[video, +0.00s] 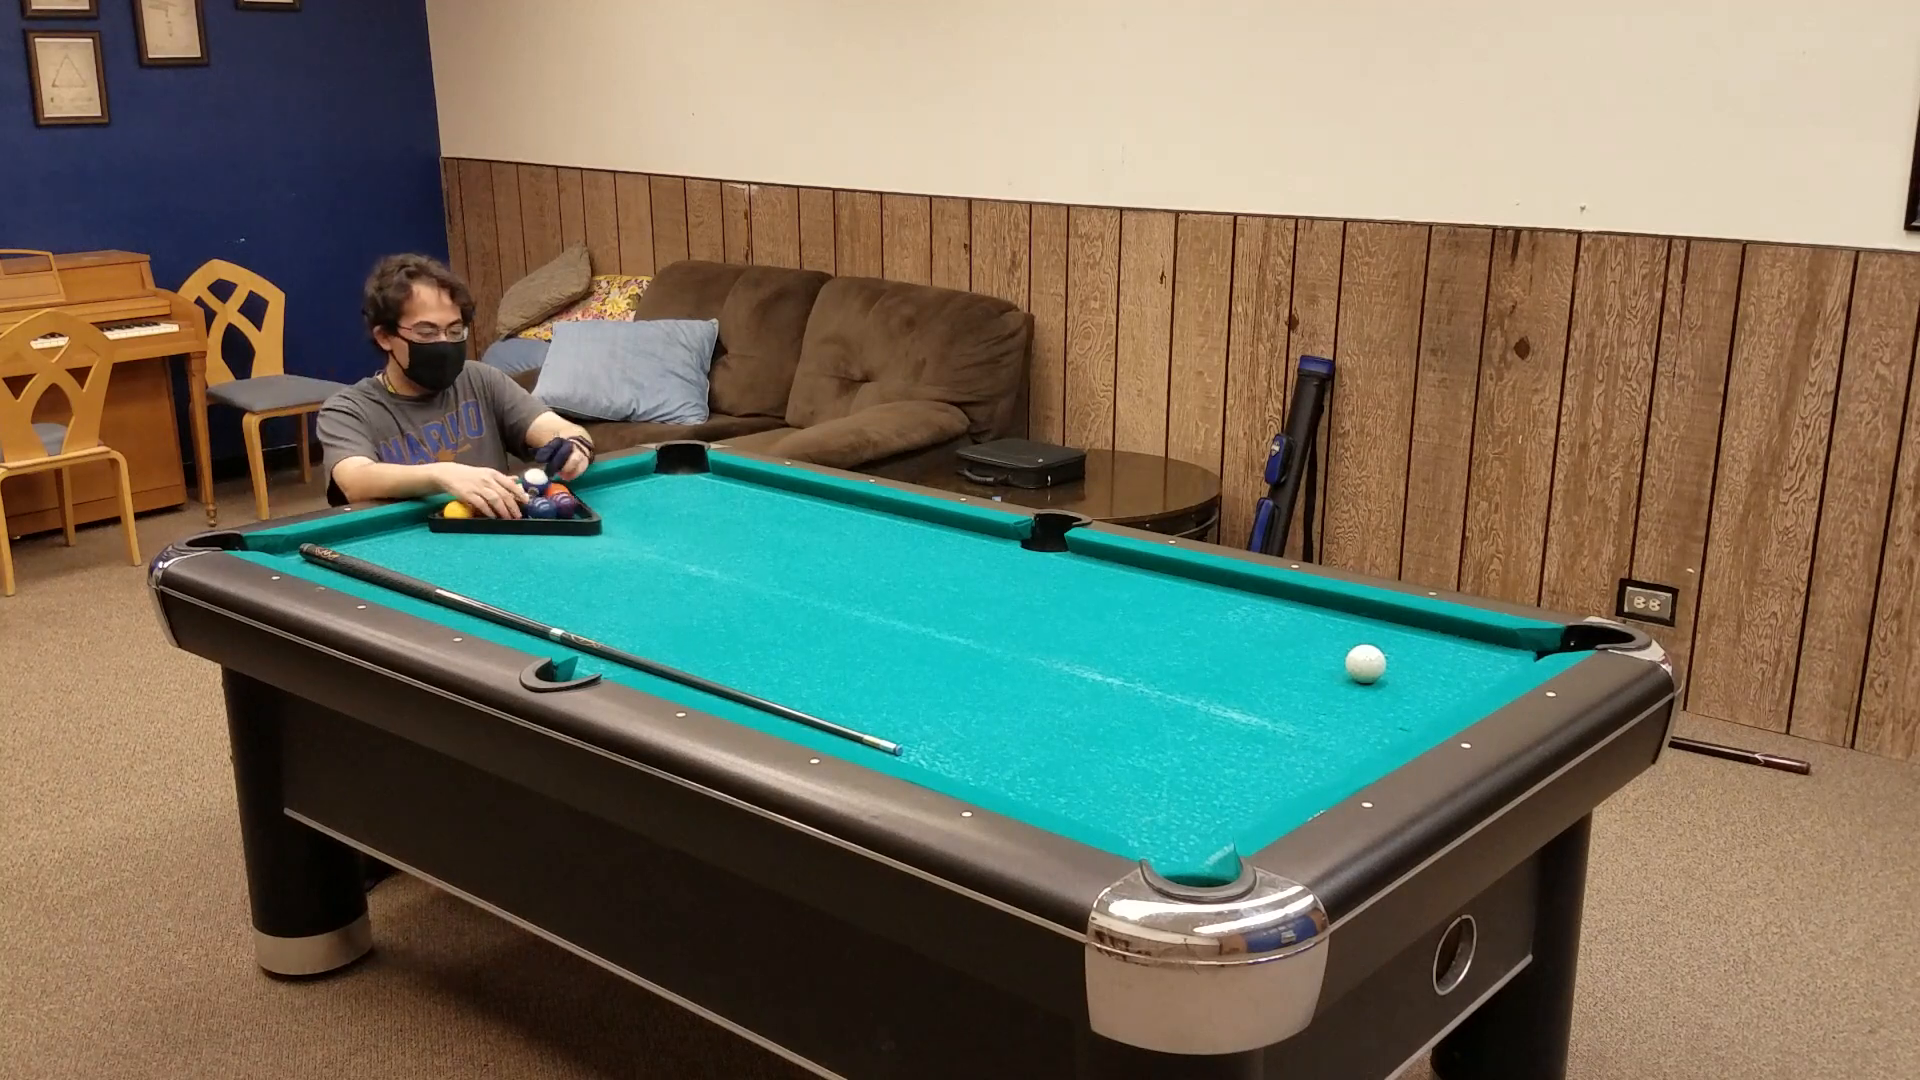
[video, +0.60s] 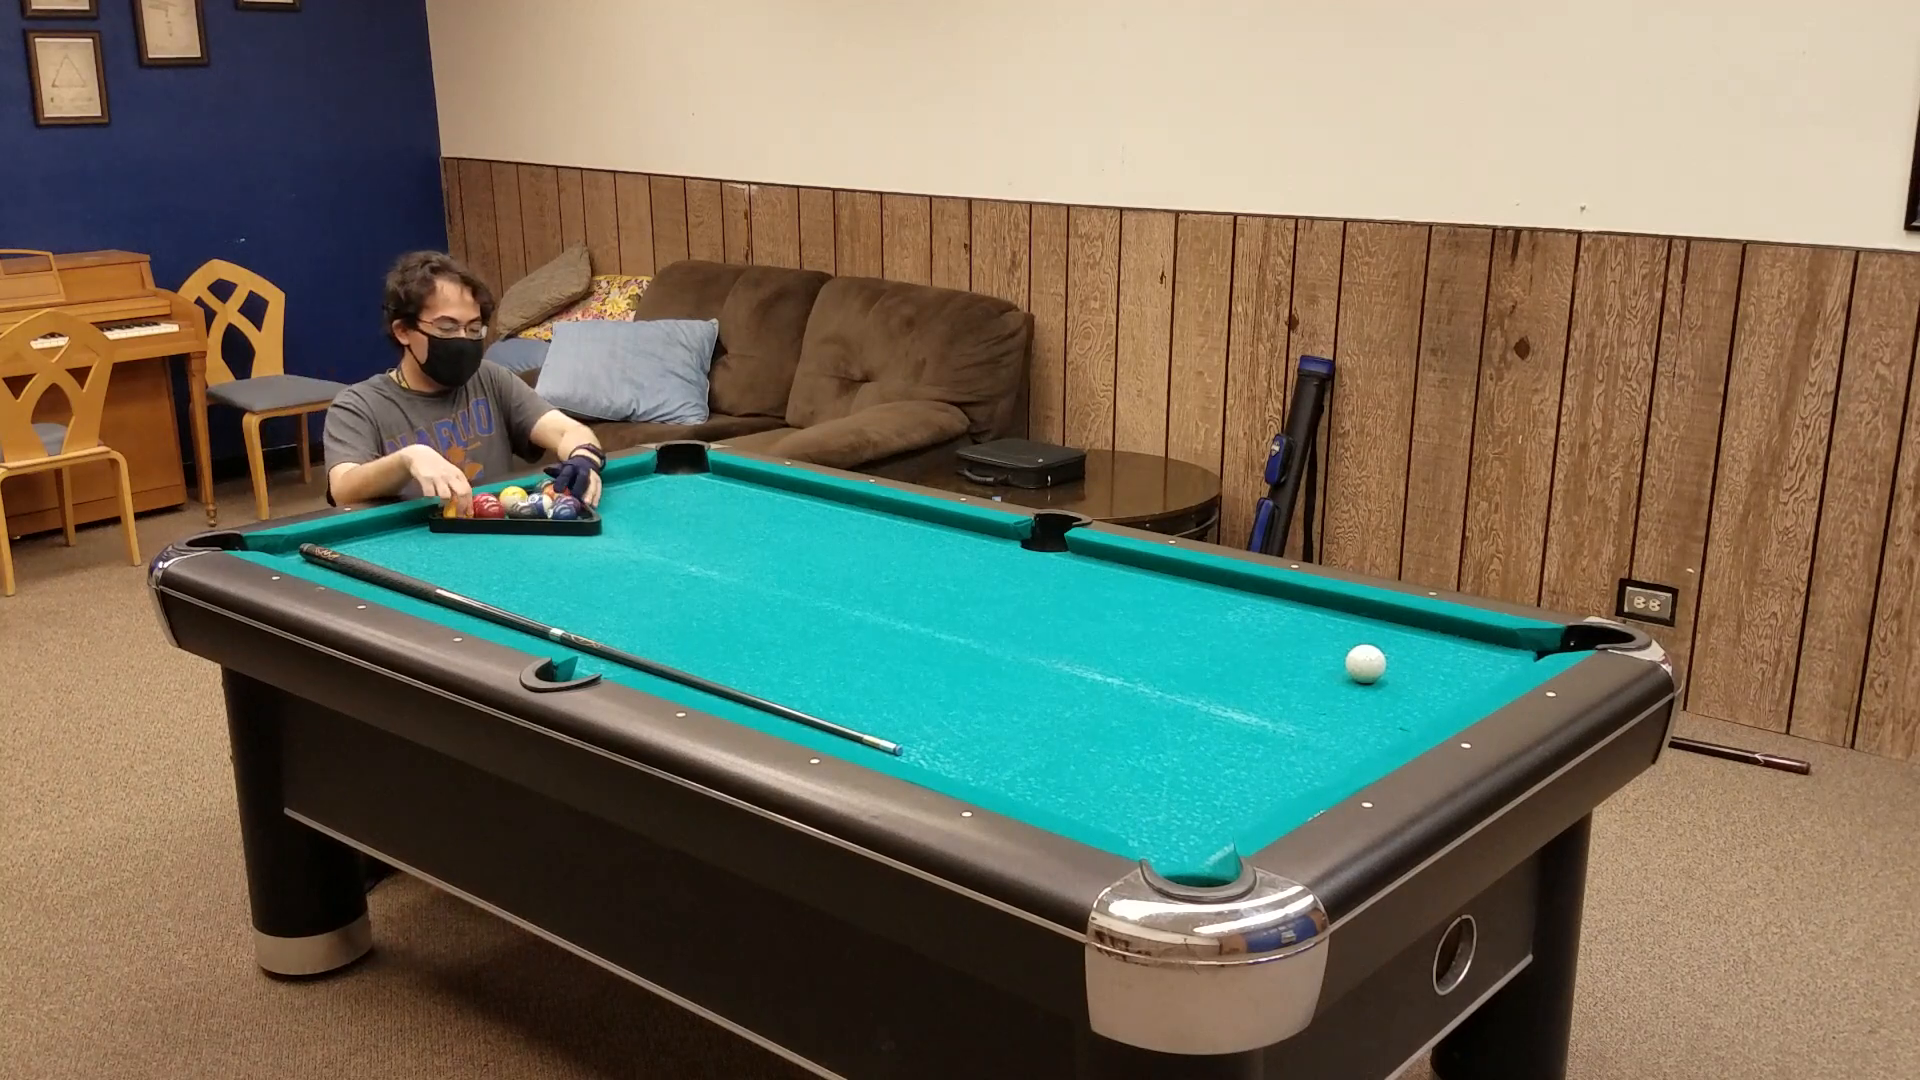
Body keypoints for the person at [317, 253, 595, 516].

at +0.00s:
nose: (445, 344)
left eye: (454, 329)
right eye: (427, 332)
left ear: (465, 326)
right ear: (385, 336)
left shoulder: (482, 381)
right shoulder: (350, 409)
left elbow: (549, 426)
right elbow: (356, 482)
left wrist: (574, 443)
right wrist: (443, 474)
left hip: (505, 552)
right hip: (411, 568)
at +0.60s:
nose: (465, 340)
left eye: (474, 326)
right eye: (447, 326)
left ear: (483, 326)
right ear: (403, 331)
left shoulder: (491, 381)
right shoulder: (360, 405)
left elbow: (564, 431)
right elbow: (344, 490)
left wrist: (584, 455)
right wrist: (409, 459)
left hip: (510, 550)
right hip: (416, 567)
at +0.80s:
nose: (474, 338)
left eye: (483, 326)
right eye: (457, 324)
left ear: (491, 328)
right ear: (412, 328)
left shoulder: (495, 381)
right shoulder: (366, 403)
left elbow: (566, 431)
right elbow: (354, 483)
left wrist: (584, 458)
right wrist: (416, 449)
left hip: (507, 547)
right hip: (416, 563)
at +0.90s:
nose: (474, 336)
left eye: (482, 323)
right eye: (456, 322)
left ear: (491, 326)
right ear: (411, 328)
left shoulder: (492, 379)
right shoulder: (370, 401)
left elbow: (568, 430)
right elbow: (382, 470)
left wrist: (584, 457)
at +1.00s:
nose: (472, 334)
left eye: (481, 322)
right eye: (455, 321)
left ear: (491, 323)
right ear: (411, 328)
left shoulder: (493, 381)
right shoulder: (372, 401)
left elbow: (569, 431)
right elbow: (410, 462)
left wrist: (582, 461)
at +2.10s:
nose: (458, 334)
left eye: (467, 321)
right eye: (440, 322)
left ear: (479, 324)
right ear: (398, 332)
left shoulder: (488, 380)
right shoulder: (362, 404)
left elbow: (567, 431)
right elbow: (380, 474)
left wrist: (582, 458)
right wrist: (465, 472)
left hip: (499, 554)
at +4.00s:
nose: (461, 345)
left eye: (471, 331)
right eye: (443, 330)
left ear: (481, 331)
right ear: (401, 336)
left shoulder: (489, 382)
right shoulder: (361, 404)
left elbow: (567, 431)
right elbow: (363, 481)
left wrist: (583, 457)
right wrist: (442, 455)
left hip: (502, 555)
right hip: (411, 568)